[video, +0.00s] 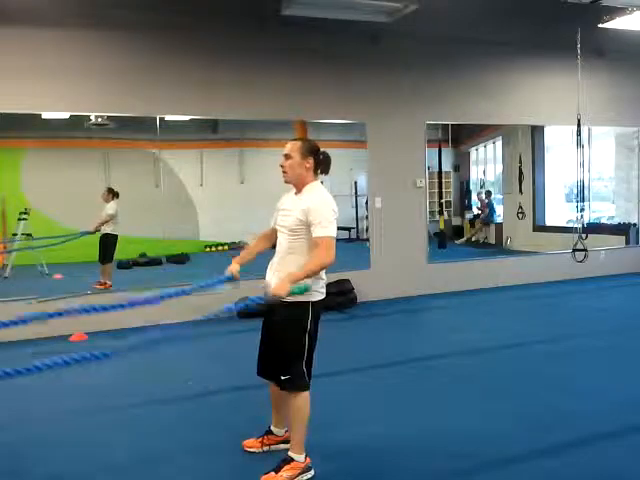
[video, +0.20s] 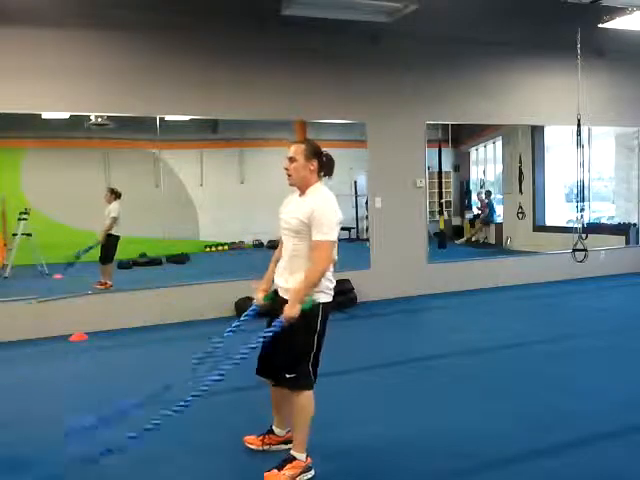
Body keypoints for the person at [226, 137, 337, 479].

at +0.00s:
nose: (282, 164)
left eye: (288, 158)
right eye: (283, 158)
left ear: (309, 164)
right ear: (297, 164)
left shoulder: (320, 201)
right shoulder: (289, 197)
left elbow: (325, 256)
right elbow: (270, 236)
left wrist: (292, 278)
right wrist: (240, 259)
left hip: (304, 300)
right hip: (278, 297)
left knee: (295, 378)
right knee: (274, 370)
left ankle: (299, 458)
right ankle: (279, 431)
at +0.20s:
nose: (286, 165)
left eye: (292, 160)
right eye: (287, 160)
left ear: (312, 167)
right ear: (300, 166)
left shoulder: (323, 203)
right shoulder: (293, 199)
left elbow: (324, 259)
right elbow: (285, 247)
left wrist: (297, 296)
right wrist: (267, 282)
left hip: (310, 301)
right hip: (284, 295)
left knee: (299, 378)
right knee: (274, 367)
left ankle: (300, 458)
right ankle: (281, 431)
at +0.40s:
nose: (297, 164)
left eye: (303, 159)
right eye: (298, 158)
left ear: (323, 166)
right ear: (312, 166)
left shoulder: (333, 200)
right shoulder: (303, 199)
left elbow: (330, 257)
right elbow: (293, 246)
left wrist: (295, 283)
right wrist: (271, 275)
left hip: (325, 298)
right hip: (298, 296)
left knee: (318, 376)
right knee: (288, 370)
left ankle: (350, 443)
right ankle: (281, 433)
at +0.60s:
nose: (313, 164)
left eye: (320, 157)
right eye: (313, 158)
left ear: (341, 164)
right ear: (326, 165)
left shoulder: (352, 203)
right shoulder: (322, 201)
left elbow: (363, 258)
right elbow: (325, 250)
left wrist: (336, 293)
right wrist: (303, 276)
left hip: (347, 303)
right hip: (318, 298)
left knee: (349, 377)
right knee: (303, 367)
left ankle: (363, 447)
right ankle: (286, 429)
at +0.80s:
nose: (329, 161)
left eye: (335, 156)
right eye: (329, 156)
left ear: (356, 159)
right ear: (345, 160)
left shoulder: (368, 191)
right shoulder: (336, 194)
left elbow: (391, 226)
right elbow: (327, 221)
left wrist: (361, 244)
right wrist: (303, 229)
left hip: (359, 298)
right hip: (332, 293)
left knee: (360, 375)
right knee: (330, 364)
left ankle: (365, 446)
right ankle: (337, 421)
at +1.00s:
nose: (328, 166)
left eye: (333, 160)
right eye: (328, 160)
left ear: (354, 162)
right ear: (344, 163)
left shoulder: (372, 194)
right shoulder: (340, 194)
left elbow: (383, 241)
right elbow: (326, 223)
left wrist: (363, 252)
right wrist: (290, 225)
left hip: (366, 296)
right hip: (341, 292)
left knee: (366, 373)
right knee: (346, 366)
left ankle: (366, 446)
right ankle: (349, 424)